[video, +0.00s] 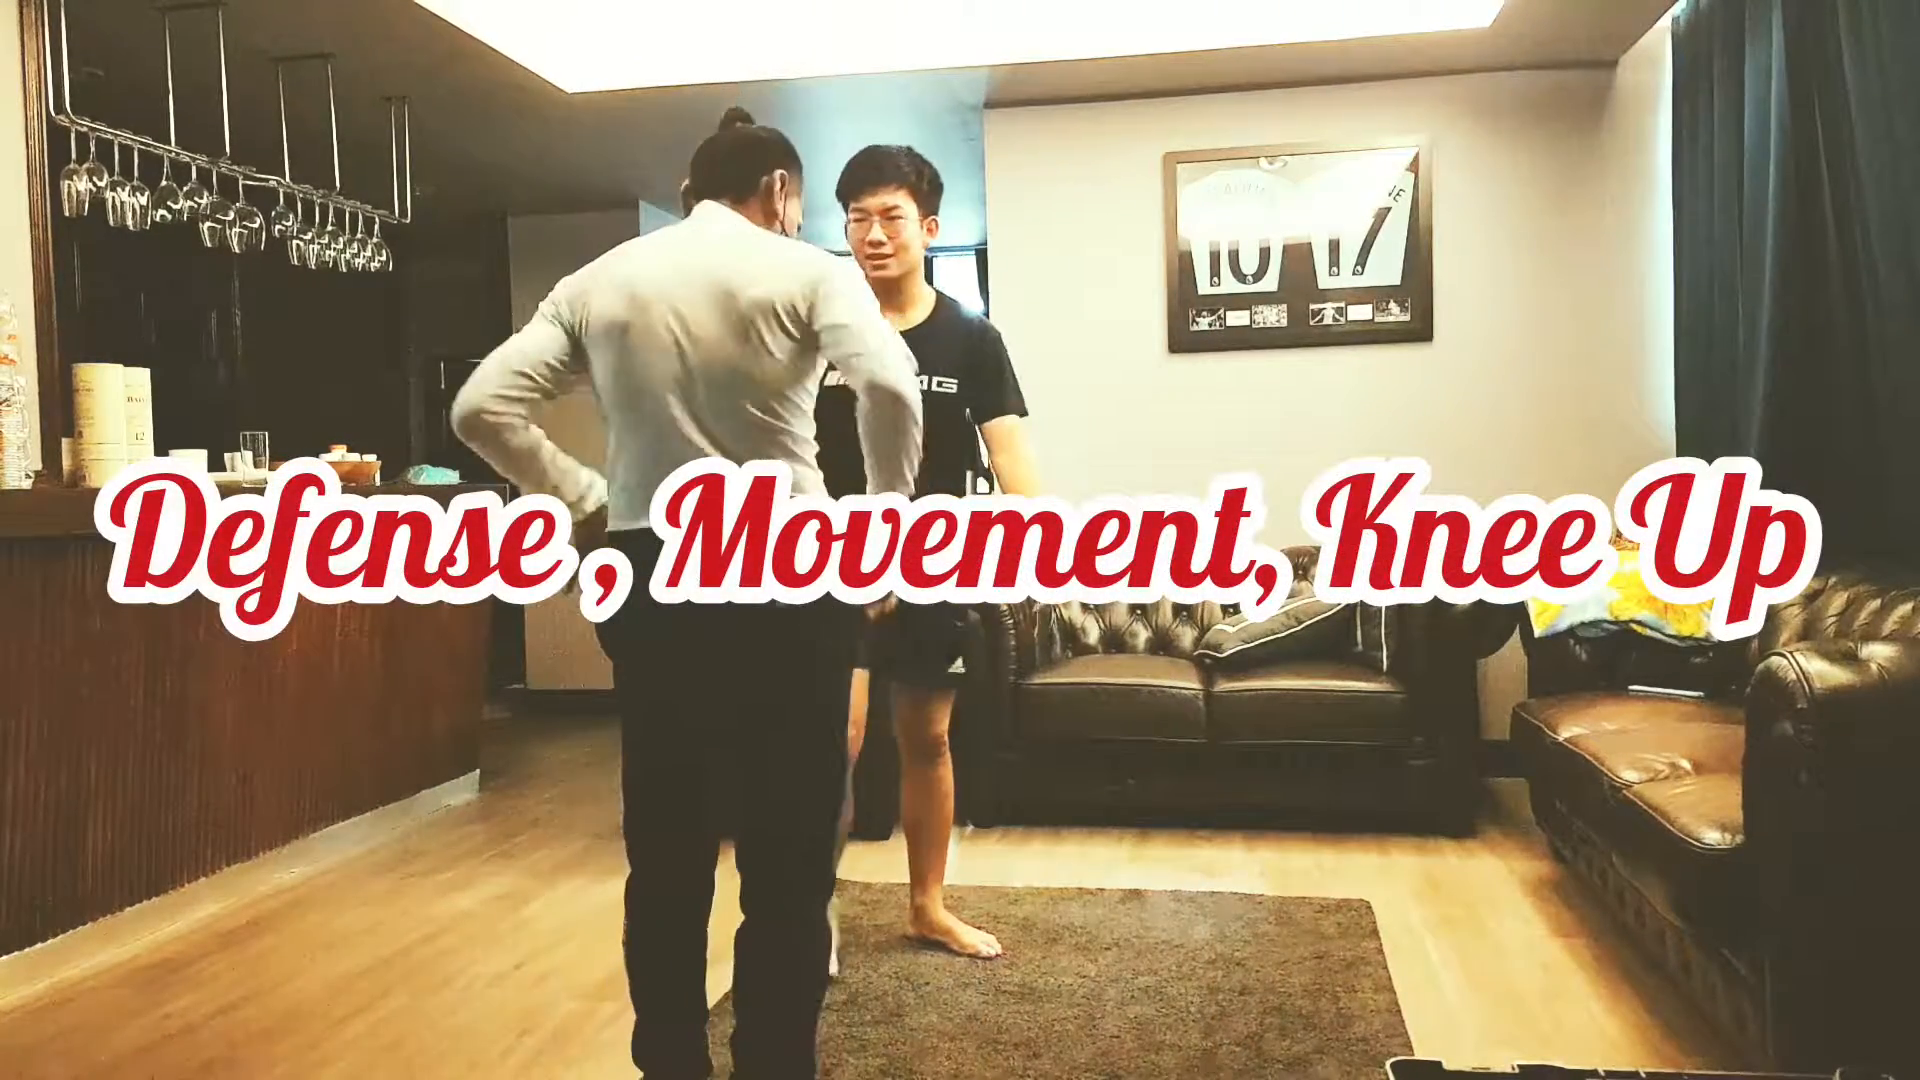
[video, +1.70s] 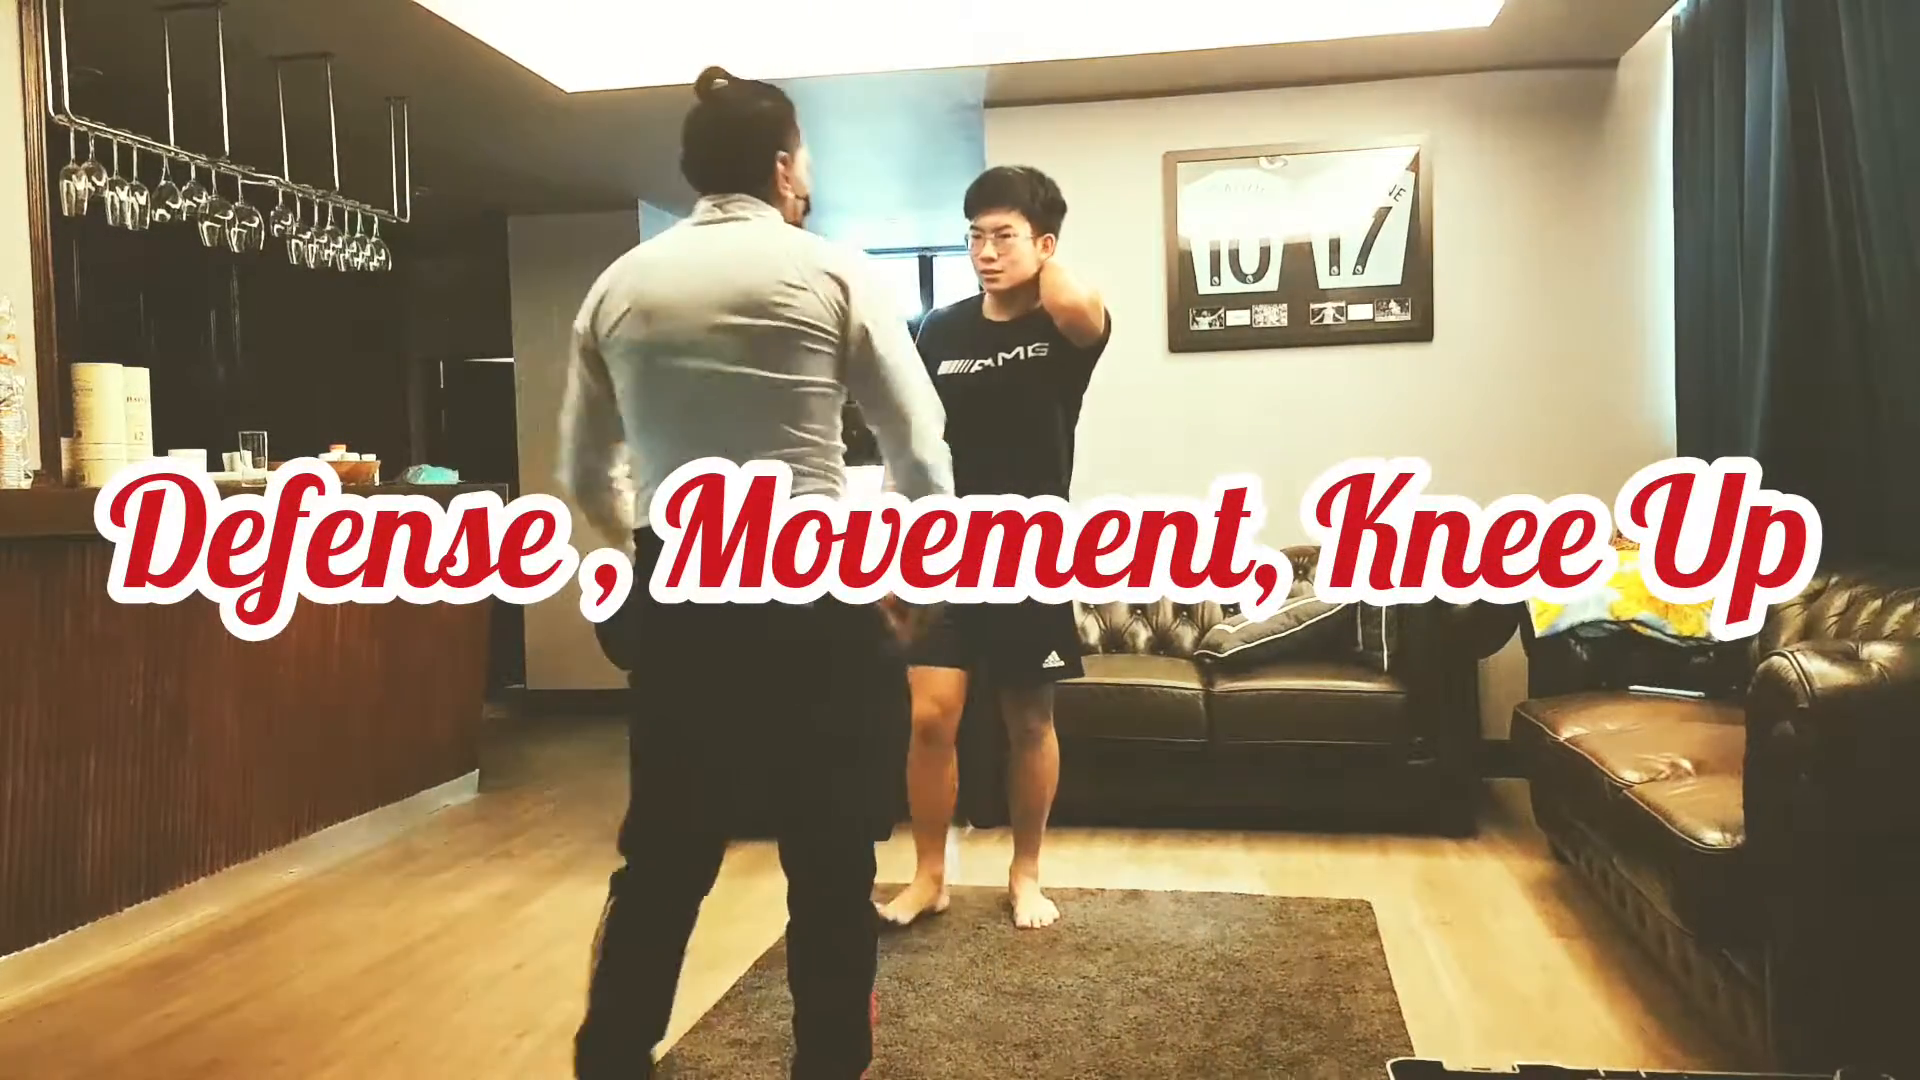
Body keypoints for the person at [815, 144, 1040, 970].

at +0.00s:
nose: (874, 235)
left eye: (891, 217)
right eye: (859, 220)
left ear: (929, 224)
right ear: (845, 231)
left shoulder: (969, 340)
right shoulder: (823, 335)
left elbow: (1016, 470)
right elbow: (787, 458)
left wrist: (1033, 570)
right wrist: (798, 564)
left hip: (935, 569)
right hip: (837, 568)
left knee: (927, 741)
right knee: (835, 739)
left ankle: (928, 905)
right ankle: (813, 914)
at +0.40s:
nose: (834, 230)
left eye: (846, 209)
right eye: (816, 218)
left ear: (883, 211)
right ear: (800, 233)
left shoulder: (938, 319)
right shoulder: (796, 326)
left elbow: (968, 429)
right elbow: (772, 439)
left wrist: (945, 522)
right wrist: (797, 530)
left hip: (913, 560)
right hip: (821, 566)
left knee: (920, 743)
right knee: (832, 743)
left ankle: (927, 905)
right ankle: (831, 912)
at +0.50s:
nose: (826, 235)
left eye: (838, 215)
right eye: (811, 223)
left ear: (876, 213)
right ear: (797, 232)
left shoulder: (931, 317)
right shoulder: (791, 322)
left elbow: (972, 438)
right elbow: (763, 426)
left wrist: (965, 432)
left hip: (917, 556)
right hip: (819, 559)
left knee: (924, 742)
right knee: (827, 746)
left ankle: (929, 907)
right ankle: (827, 933)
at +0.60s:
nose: (824, 233)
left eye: (838, 217)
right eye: (812, 221)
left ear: (878, 217)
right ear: (801, 228)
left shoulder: (924, 302)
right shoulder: (791, 313)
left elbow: (986, 415)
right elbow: (762, 416)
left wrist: (960, 317)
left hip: (919, 538)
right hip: (822, 545)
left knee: (935, 732)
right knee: (833, 742)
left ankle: (935, 901)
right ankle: (826, 930)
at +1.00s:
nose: (888, 264)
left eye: (901, 243)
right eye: (873, 249)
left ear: (939, 235)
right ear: (856, 249)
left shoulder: (976, 313)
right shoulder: (845, 315)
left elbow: (1009, 295)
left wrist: (949, 242)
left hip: (956, 565)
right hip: (855, 565)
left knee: (998, 740)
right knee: (847, 748)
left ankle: (1027, 858)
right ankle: (828, 931)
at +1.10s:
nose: (907, 266)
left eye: (920, 247)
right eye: (894, 252)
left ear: (963, 242)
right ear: (884, 254)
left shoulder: (1004, 321)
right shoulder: (869, 337)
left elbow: (1020, 295)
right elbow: (838, 449)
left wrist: (979, 253)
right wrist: (803, 534)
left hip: (986, 565)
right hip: (886, 565)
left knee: (1006, 735)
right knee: (867, 747)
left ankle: (1026, 864)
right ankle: (830, 926)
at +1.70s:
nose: (986, 250)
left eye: (1003, 235)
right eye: (976, 236)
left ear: (1045, 243)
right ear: (967, 243)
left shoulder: (1073, 331)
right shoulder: (935, 333)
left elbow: (1076, 311)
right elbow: (897, 436)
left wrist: (1046, 265)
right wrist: (892, 562)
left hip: (1033, 557)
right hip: (943, 554)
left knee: (1029, 721)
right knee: (931, 716)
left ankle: (1025, 877)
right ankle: (929, 877)